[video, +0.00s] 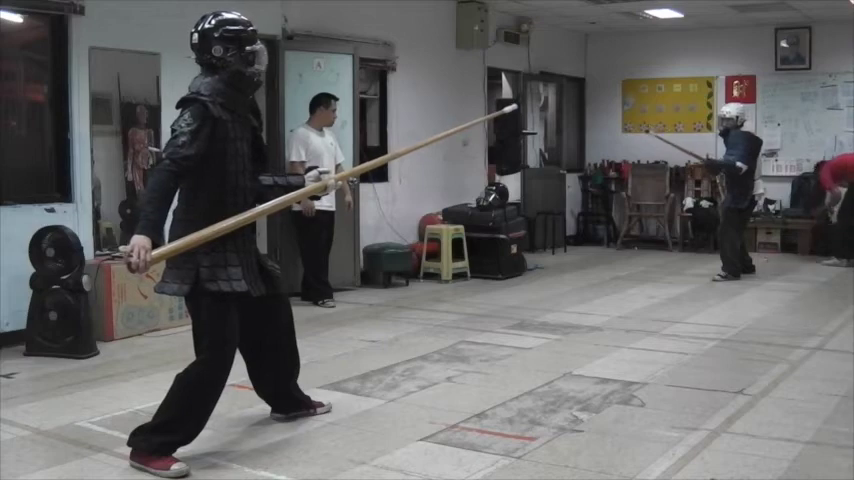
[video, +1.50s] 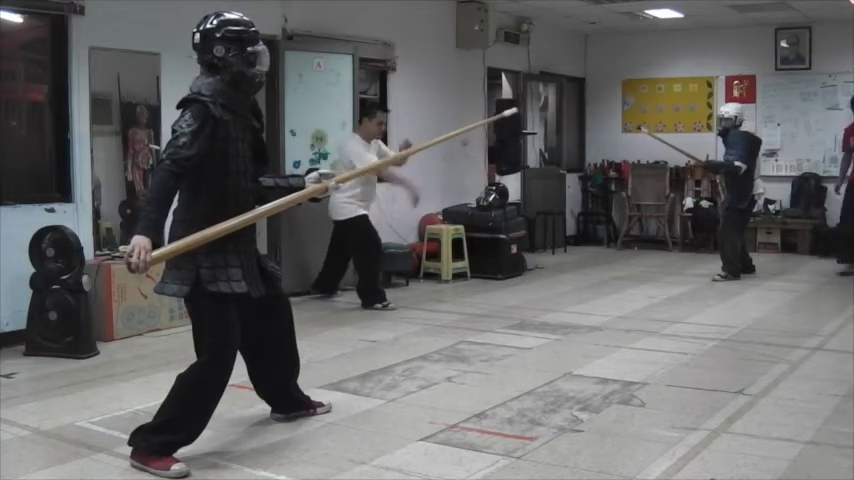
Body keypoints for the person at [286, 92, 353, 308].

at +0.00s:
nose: (335, 115)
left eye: (335, 111)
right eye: (332, 110)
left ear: (322, 112)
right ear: (319, 111)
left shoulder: (329, 136)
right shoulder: (300, 135)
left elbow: (338, 168)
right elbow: (295, 169)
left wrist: (347, 191)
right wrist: (303, 197)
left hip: (327, 203)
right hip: (308, 204)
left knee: (322, 250)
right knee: (313, 250)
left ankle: (312, 290)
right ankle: (320, 293)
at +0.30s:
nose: (336, 115)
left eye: (336, 111)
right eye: (333, 110)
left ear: (323, 112)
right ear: (320, 111)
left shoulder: (329, 136)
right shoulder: (300, 135)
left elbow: (338, 168)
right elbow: (296, 169)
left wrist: (347, 190)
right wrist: (304, 197)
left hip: (328, 203)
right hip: (309, 204)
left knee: (323, 250)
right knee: (314, 250)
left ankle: (313, 290)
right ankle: (320, 293)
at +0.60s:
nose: (336, 115)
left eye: (337, 111)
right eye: (332, 110)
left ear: (328, 113)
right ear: (318, 111)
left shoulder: (331, 136)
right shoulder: (304, 134)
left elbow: (340, 168)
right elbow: (299, 169)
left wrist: (348, 192)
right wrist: (307, 197)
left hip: (331, 200)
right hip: (314, 201)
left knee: (326, 248)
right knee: (320, 248)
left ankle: (313, 290)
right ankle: (326, 291)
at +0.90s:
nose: (346, 116)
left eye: (347, 112)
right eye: (342, 112)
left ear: (343, 114)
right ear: (328, 112)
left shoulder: (341, 138)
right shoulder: (315, 137)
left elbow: (350, 170)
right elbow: (309, 172)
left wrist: (360, 196)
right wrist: (309, 201)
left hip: (339, 202)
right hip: (324, 203)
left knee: (323, 249)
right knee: (339, 247)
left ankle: (312, 291)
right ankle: (356, 289)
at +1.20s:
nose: (373, 123)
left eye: (374, 119)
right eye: (369, 118)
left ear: (361, 120)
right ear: (355, 118)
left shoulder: (365, 142)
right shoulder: (343, 143)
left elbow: (383, 166)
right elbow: (339, 182)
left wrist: (406, 181)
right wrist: (339, 216)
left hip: (354, 207)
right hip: (344, 209)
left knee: (336, 254)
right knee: (362, 250)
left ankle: (315, 288)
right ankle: (371, 298)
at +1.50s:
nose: (383, 129)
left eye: (383, 125)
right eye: (379, 124)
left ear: (372, 124)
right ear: (364, 123)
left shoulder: (375, 144)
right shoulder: (352, 145)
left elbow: (396, 161)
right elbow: (378, 171)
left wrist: (404, 152)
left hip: (359, 206)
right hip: (345, 206)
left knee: (340, 250)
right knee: (370, 245)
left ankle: (323, 287)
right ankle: (371, 298)